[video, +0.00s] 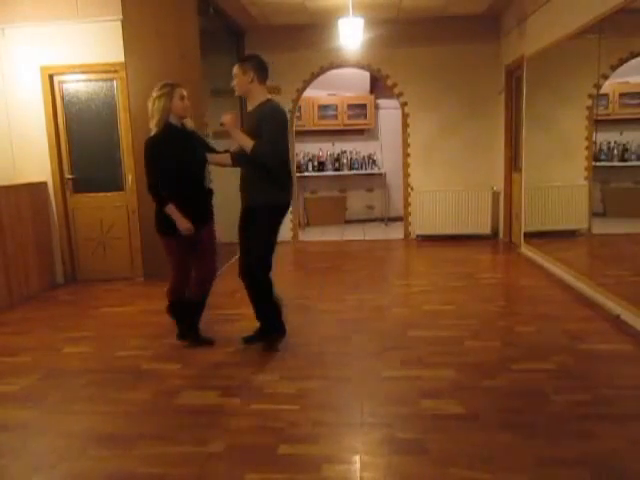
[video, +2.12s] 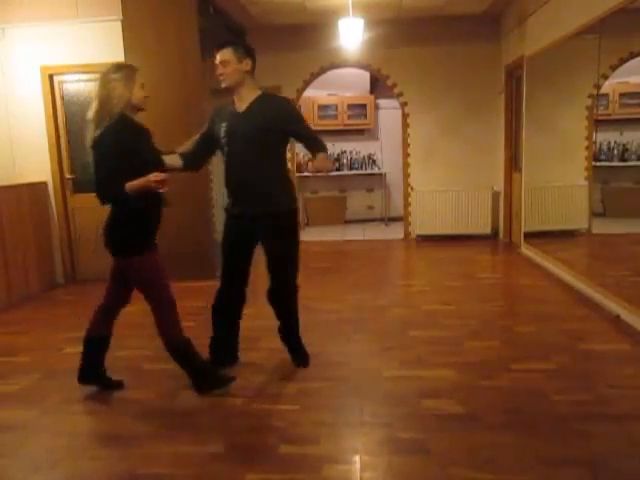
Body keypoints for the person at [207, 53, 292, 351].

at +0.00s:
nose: (233, 83)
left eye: (237, 77)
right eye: (233, 77)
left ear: (252, 77)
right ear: (250, 79)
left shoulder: (271, 112)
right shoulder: (254, 113)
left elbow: (269, 156)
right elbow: (244, 156)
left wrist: (235, 133)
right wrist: (205, 156)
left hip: (269, 200)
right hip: (255, 200)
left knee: (254, 268)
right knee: (250, 268)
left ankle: (273, 327)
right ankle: (268, 325)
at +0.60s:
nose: (199, 77)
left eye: (203, 70)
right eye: (199, 71)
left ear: (223, 69)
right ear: (221, 70)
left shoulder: (243, 106)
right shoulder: (222, 112)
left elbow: (247, 145)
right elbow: (196, 157)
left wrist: (209, 111)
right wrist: (154, 158)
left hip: (243, 207)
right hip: (228, 208)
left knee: (209, 274)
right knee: (226, 277)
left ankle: (243, 363)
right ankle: (243, 362)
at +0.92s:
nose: (185, 72)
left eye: (189, 64)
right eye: (185, 65)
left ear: (210, 64)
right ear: (205, 67)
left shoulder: (241, 104)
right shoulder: (207, 114)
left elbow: (266, 152)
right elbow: (180, 161)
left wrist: (237, 136)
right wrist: (135, 159)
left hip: (241, 206)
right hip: (220, 207)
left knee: (199, 279)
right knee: (237, 286)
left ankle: (228, 354)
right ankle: (274, 356)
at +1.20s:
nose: (169, 69)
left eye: (174, 61)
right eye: (169, 63)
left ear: (195, 62)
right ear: (189, 64)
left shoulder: (223, 102)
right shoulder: (191, 113)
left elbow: (261, 153)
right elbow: (181, 167)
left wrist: (260, 153)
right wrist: (140, 169)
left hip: (219, 211)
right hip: (200, 212)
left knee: (196, 288)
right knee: (197, 288)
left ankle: (210, 370)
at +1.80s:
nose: (187, 73)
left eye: (192, 66)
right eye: (186, 67)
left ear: (214, 67)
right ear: (202, 70)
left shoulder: (243, 108)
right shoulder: (194, 113)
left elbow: (280, 152)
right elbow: (161, 145)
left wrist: (244, 161)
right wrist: (122, 151)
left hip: (241, 209)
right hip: (210, 209)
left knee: (217, 278)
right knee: (197, 282)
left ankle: (227, 356)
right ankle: (214, 354)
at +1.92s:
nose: (198, 73)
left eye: (204, 66)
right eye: (197, 68)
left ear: (227, 67)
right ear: (210, 72)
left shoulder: (257, 109)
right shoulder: (203, 117)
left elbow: (295, 153)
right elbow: (165, 153)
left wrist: (270, 162)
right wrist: (122, 157)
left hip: (252, 209)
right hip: (219, 210)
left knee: (238, 283)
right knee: (210, 288)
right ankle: (221, 354)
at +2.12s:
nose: (218, 71)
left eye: (224, 64)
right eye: (217, 65)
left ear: (247, 65)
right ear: (219, 71)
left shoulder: (278, 106)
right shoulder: (222, 115)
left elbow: (317, 148)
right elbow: (192, 159)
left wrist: (318, 159)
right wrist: (151, 160)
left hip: (279, 210)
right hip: (240, 212)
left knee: (284, 285)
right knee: (231, 287)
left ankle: (292, 338)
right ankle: (223, 356)